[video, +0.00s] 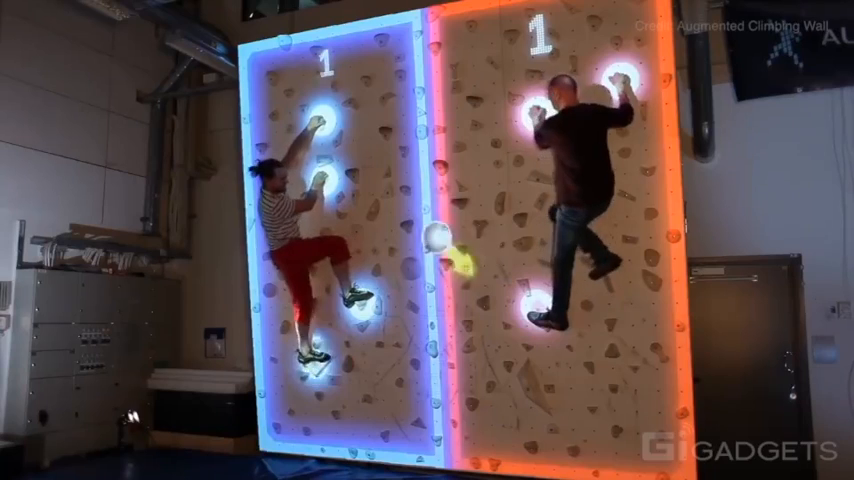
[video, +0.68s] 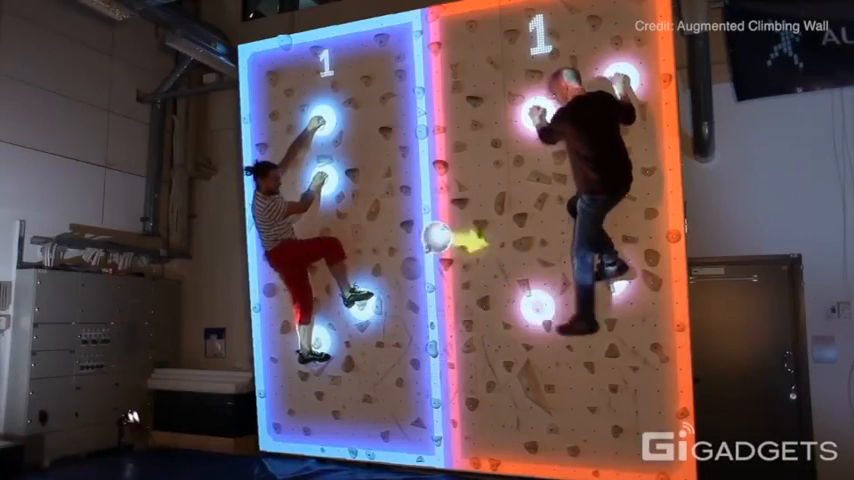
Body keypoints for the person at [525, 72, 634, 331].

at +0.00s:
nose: (552, 100)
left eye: (552, 96)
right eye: (552, 96)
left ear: (557, 95)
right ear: (575, 91)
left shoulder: (556, 124)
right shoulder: (596, 113)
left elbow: (540, 142)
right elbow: (625, 117)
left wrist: (538, 123)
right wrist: (625, 97)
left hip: (574, 203)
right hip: (603, 197)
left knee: (562, 260)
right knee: (561, 215)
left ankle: (558, 315)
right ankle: (604, 257)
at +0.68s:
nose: (556, 97)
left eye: (556, 93)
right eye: (555, 94)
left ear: (565, 85)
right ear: (578, 81)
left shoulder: (567, 114)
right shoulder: (603, 99)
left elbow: (548, 137)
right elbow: (629, 117)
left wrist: (539, 122)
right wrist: (625, 92)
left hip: (596, 188)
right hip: (621, 180)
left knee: (582, 252)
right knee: (576, 207)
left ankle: (585, 317)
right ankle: (611, 261)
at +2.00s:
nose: (557, 110)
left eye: (555, 104)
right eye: (554, 106)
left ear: (567, 90)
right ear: (573, 86)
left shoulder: (575, 123)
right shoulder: (604, 97)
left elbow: (572, 162)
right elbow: (636, 114)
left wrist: (560, 156)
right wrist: (629, 94)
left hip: (617, 184)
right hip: (638, 170)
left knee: (602, 244)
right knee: (584, 202)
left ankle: (666, 272)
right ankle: (615, 261)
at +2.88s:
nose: (566, 113)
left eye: (565, 107)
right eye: (563, 108)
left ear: (578, 101)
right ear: (588, 94)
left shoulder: (585, 129)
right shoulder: (618, 102)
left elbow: (575, 159)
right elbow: (637, 114)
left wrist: (562, 155)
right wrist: (628, 94)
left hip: (621, 194)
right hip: (644, 182)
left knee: (560, 186)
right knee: (578, 198)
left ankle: (584, 245)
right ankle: (613, 262)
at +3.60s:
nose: (579, 133)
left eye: (578, 127)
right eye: (576, 128)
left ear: (591, 124)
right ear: (604, 117)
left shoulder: (593, 153)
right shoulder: (630, 128)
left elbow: (578, 170)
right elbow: (629, 108)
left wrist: (565, 160)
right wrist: (626, 89)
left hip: (616, 219)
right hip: (638, 212)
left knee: (558, 185)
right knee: (569, 209)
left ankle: (513, 213)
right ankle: (609, 259)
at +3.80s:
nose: (582, 134)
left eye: (582, 128)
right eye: (580, 129)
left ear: (595, 125)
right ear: (606, 120)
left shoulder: (597, 156)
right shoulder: (632, 131)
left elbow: (579, 171)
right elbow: (631, 111)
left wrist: (566, 160)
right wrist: (626, 89)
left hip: (619, 221)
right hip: (641, 215)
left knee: (559, 190)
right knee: (571, 210)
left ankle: (513, 214)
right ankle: (610, 260)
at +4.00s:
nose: (583, 131)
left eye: (583, 125)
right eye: (581, 126)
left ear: (596, 123)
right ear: (609, 118)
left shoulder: (598, 154)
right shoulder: (634, 130)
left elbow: (581, 169)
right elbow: (630, 111)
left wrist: (566, 159)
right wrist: (626, 89)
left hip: (620, 220)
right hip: (642, 213)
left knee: (560, 192)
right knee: (572, 209)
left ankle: (514, 218)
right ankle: (610, 261)